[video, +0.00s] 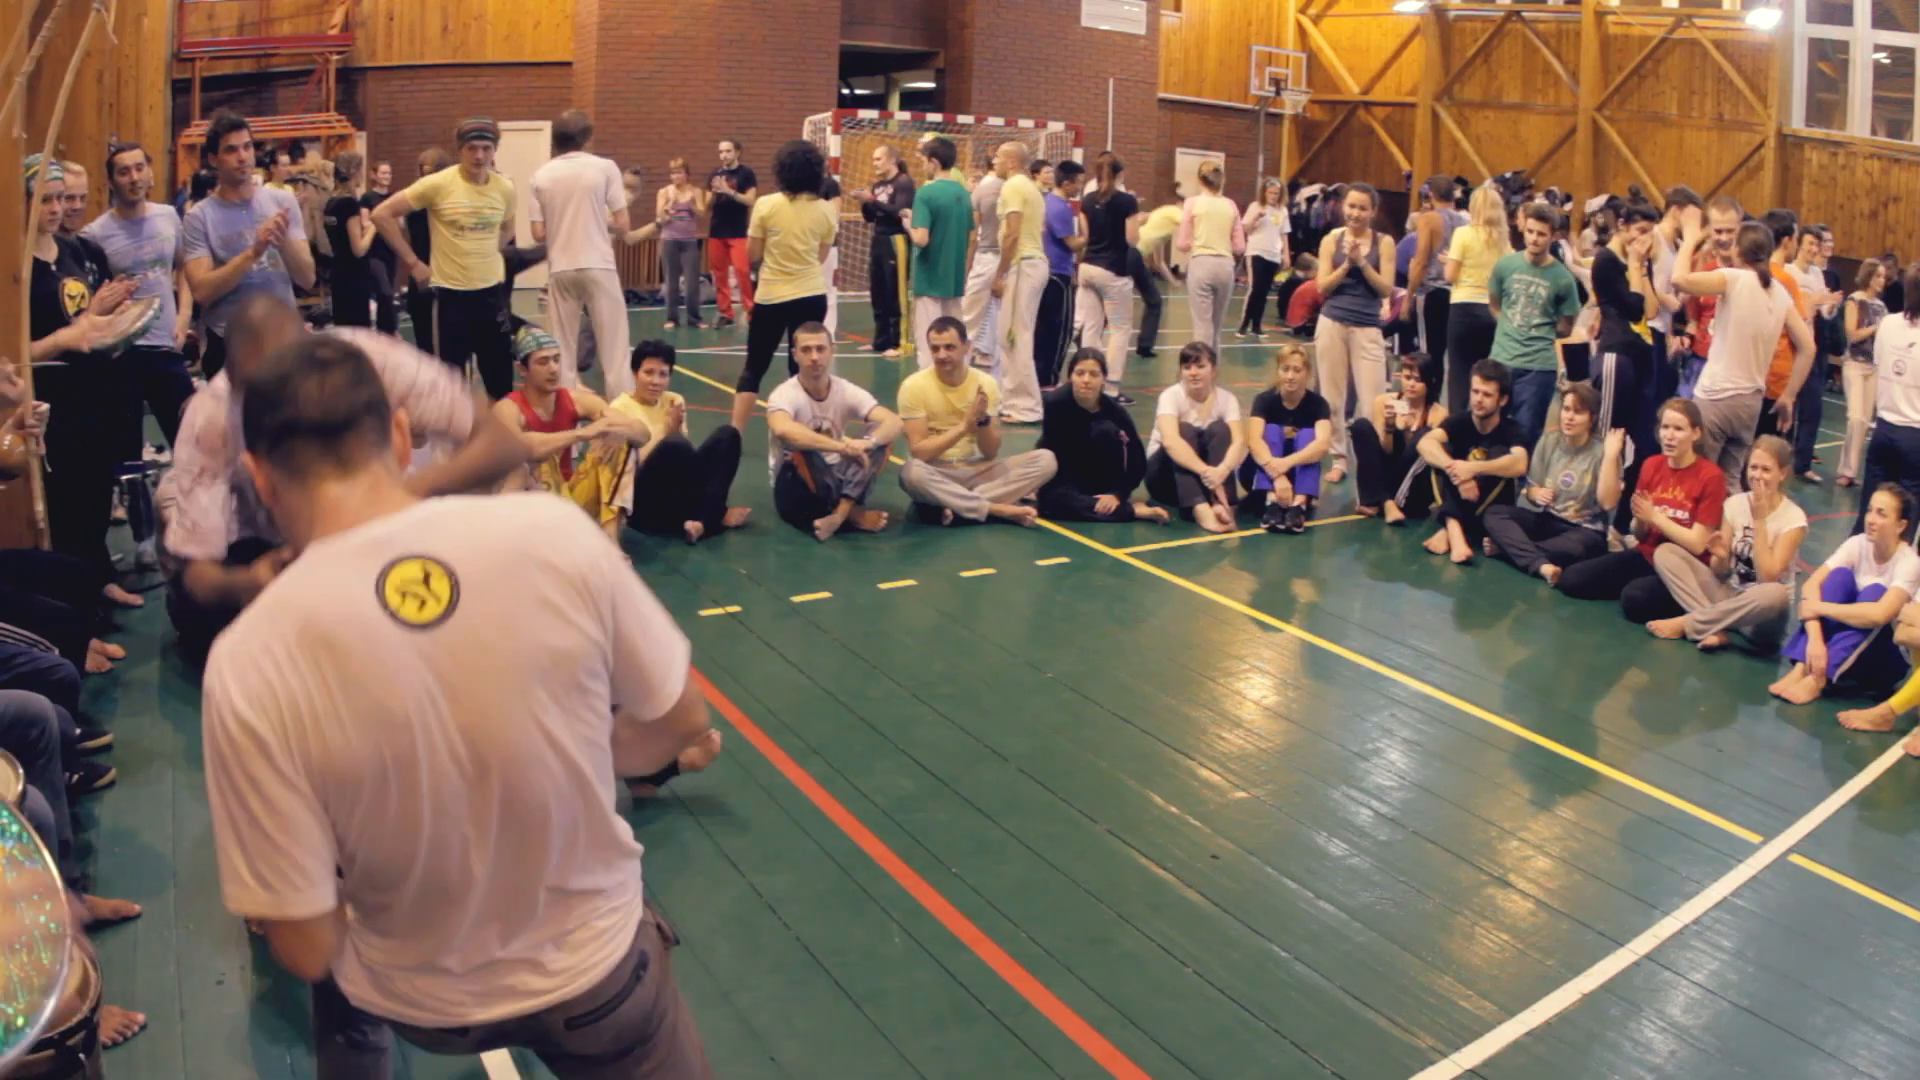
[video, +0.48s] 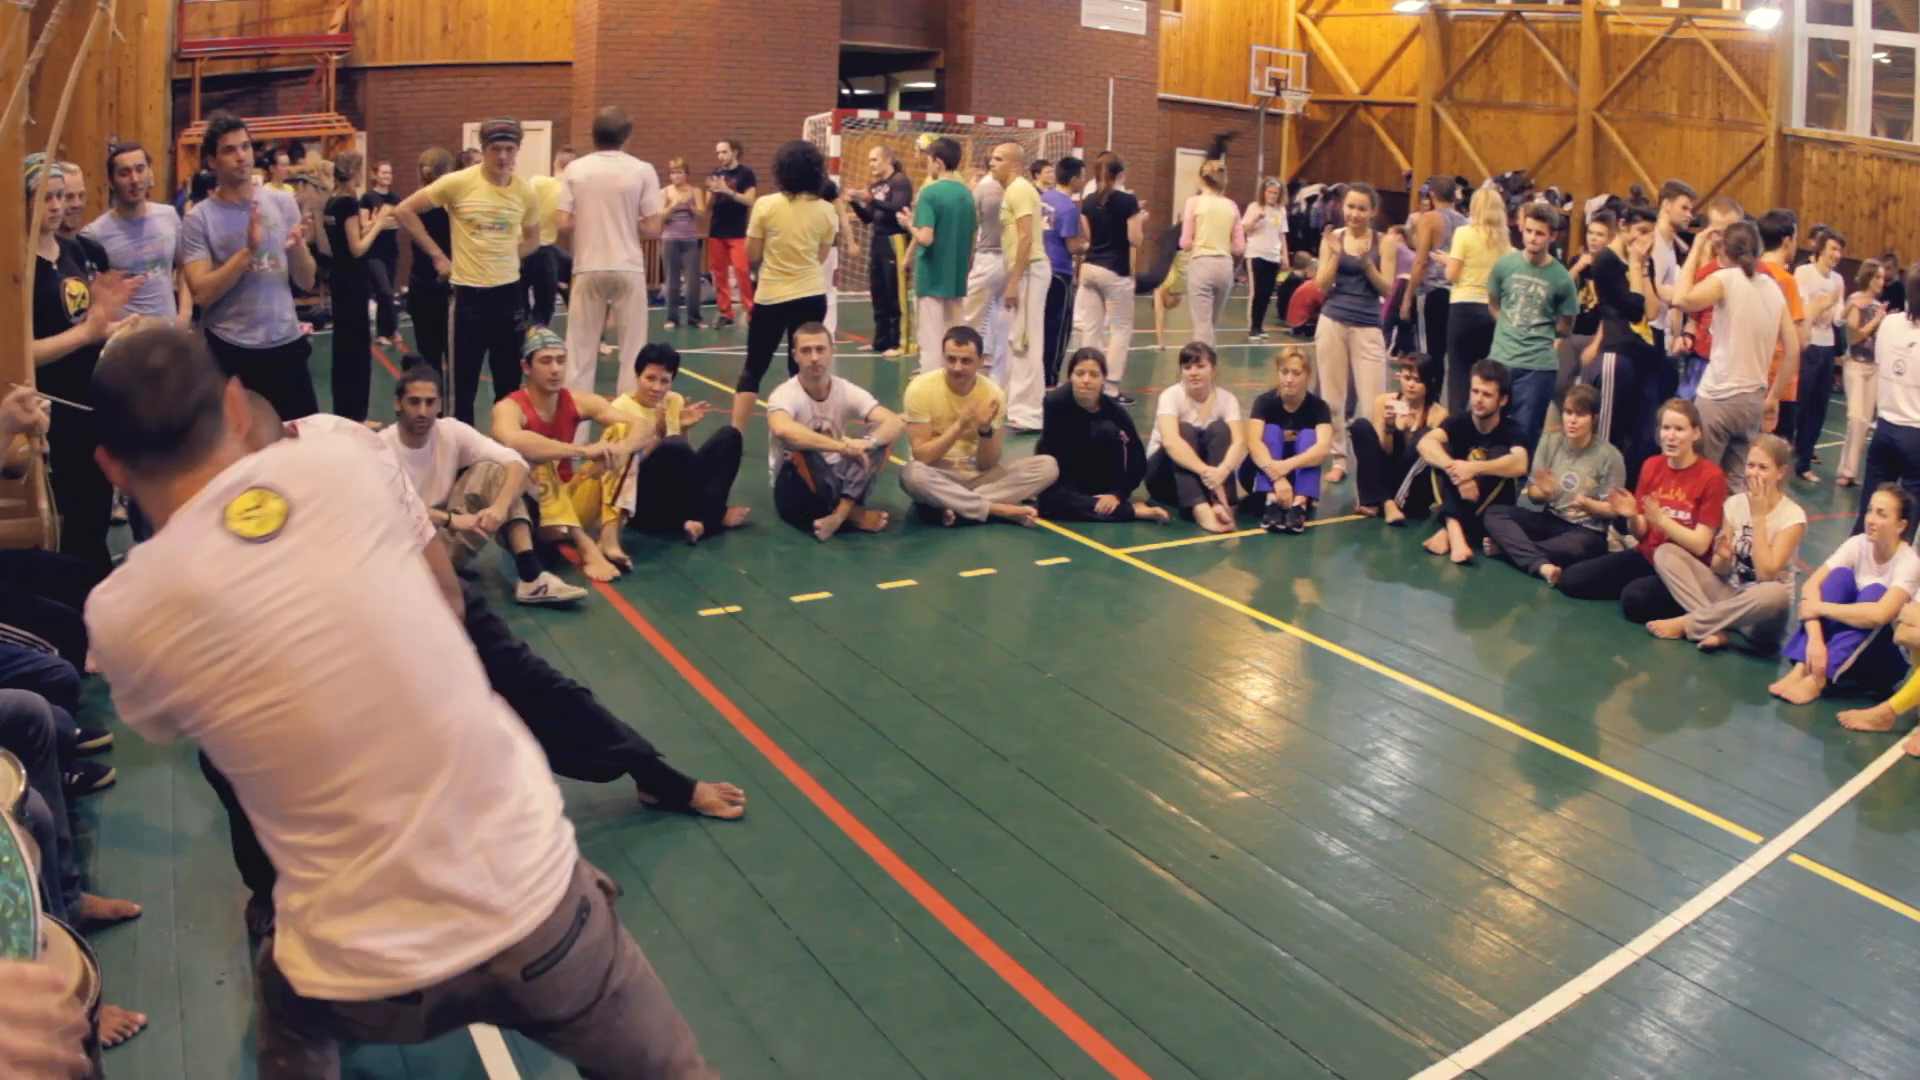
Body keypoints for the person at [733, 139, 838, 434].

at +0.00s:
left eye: (778, 167)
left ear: (780, 171)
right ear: (818, 172)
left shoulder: (765, 205)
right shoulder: (826, 210)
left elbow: (755, 252)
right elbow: (822, 255)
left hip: (771, 300)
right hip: (812, 298)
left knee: (753, 369)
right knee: (805, 368)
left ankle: (733, 438)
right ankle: (807, 437)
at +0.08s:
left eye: (778, 167)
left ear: (780, 171)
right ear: (817, 172)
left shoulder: (766, 205)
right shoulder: (827, 210)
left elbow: (754, 252)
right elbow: (823, 254)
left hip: (771, 300)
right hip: (812, 298)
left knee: (753, 369)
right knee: (804, 368)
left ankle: (733, 438)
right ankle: (806, 438)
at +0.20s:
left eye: (779, 167)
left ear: (780, 171)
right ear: (817, 172)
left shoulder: (765, 205)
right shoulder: (826, 210)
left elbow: (754, 252)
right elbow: (822, 255)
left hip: (771, 300)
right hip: (811, 298)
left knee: (753, 369)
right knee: (804, 368)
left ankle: (733, 438)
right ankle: (806, 437)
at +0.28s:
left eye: (779, 167)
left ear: (780, 171)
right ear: (818, 172)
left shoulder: (765, 205)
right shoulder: (827, 210)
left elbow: (754, 252)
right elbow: (822, 254)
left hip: (771, 300)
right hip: (811, 298)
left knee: (753, 369)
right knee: (804, 368)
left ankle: (733, 438)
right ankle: (806, 437)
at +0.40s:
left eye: (778, 166)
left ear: (779, 171)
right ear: (817, 172)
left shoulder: (765, 205)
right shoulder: (827, 211)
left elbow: (753, 252)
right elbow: (822, 255)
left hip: (771, 300)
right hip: (811, 298)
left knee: (753, 369)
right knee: (804, 368)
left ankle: (734, 438)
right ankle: (807, 437)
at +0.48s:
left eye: (778, 167)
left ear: (780, 171)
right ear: (817, 172)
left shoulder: (765, 205)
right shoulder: (827, 210)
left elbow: (753, 252)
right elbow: (822, 255)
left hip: (771, 300)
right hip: (811, 298)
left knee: (753, 369)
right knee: (804, 369)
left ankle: (734, 438)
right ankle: (807, 438)